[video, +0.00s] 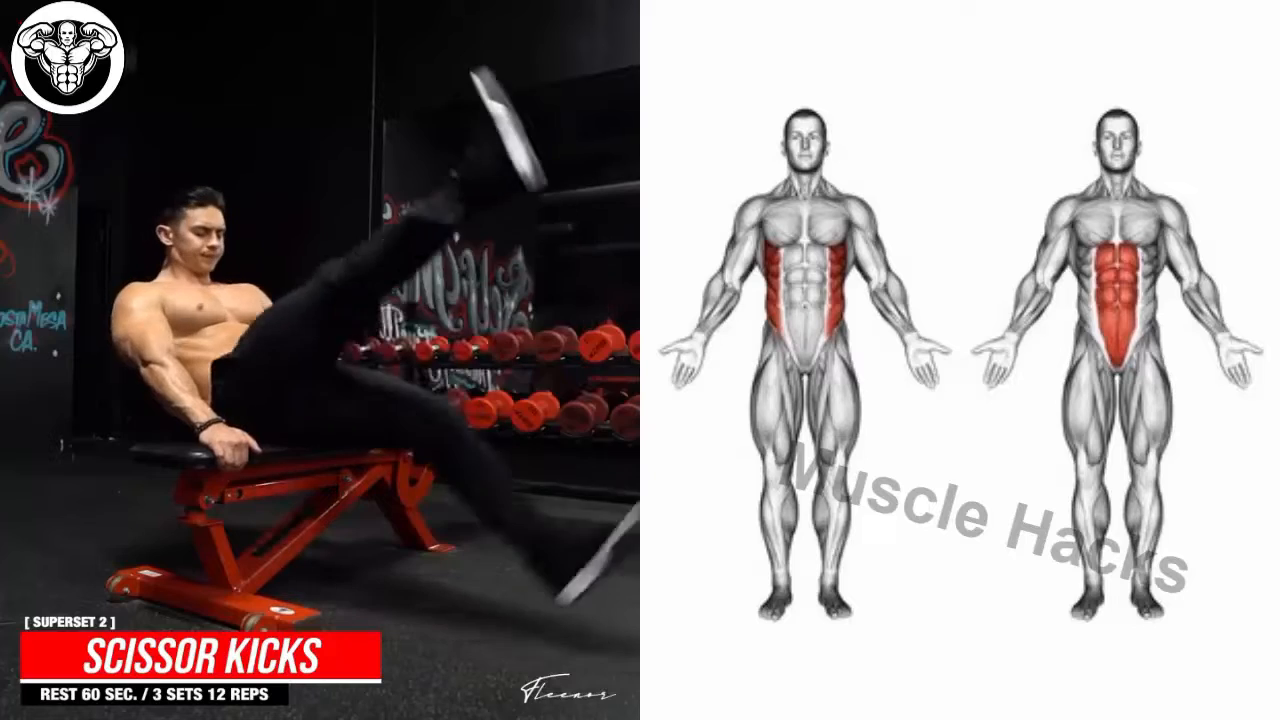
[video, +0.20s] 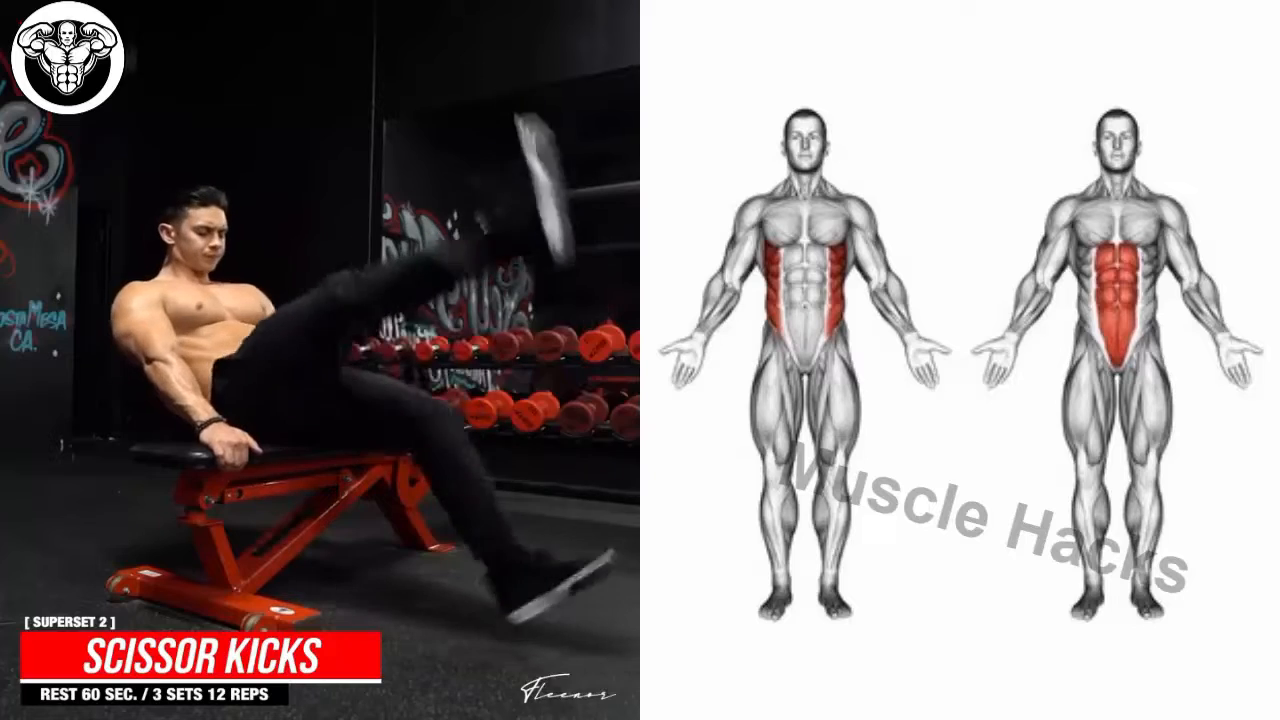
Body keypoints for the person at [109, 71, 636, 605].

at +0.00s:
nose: (214, 243)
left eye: (219, 234)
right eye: (202, 232)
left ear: (222, 238)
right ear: (168, 236)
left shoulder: (247, 293)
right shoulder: (139, 298)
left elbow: (298, 344)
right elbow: (157, 365)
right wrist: (207, 424)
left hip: (305, 394)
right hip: (243, 391)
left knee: (435, 421)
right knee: (342, 285)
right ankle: (472, 186)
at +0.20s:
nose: (216, 243)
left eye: (221, 234)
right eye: (203, 232)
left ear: (225, 239)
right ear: (169, 235)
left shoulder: (248, 294)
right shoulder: (139, 298)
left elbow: (302, 349)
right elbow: (160, 359)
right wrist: (208, 423)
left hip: (302, 399)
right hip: (241, 399)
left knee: (431, 418)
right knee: (335, 295)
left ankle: (514, 576)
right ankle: (472, 250)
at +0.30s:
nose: (213, 245)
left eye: (219, 235)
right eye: (201, 234)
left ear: (222, 241)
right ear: (167, 236)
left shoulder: (246, 296)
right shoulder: (137, 299)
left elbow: (298, 360)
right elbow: (161, 360)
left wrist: (359, 415)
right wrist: (208, 421)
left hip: (301, 403)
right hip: (243, 399)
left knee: (434, 391)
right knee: (351, 326)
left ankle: (547, 520)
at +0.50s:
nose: (217, 244)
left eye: (222, 235)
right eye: (206, 233)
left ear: (222, 240)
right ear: (170, 234)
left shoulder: (246, 296)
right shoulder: (140, 297)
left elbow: (309, 355)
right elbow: (163, 364)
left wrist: (371, 388)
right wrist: (208, 424)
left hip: (305, 380)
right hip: (249, 393)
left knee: (409, 324)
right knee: (373, 426)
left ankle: (567, 317)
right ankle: (507, 567)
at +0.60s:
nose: (223, 240)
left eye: (228, 233)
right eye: (212, 229)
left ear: (230, 239)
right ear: (175, 229)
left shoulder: (248, 294)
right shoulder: (143, 294)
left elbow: (313, 355)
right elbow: (164, 361)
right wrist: (209, 425)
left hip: (311, 375)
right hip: (258, 390)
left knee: (407, 309)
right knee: (374, 450)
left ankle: (545, 254)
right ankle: (485, 615)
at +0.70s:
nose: (227, 240)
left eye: (232, 231)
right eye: (216, 229)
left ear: (231, 234)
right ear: (179, 229)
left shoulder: (251, 293)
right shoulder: (145, 291)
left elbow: (311, 356)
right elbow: (166, 361)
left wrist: (366, 387)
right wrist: (210, 422)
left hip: (303, 376)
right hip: (251, 392)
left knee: (399, 310)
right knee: (374, 434)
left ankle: (562, 244)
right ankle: (507, 577)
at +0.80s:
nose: (222, 241)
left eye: (228, 234)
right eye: (211, 231)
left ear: (228, 237)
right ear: (175, 229)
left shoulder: (251, 294)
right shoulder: (144, 293)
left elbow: (313, 354)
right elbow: (163, 360)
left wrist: (375, 390)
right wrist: (210, 426)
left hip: (298, 376)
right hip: (239, 392)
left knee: (408, 325)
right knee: (370, 384)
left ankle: (559, 316)